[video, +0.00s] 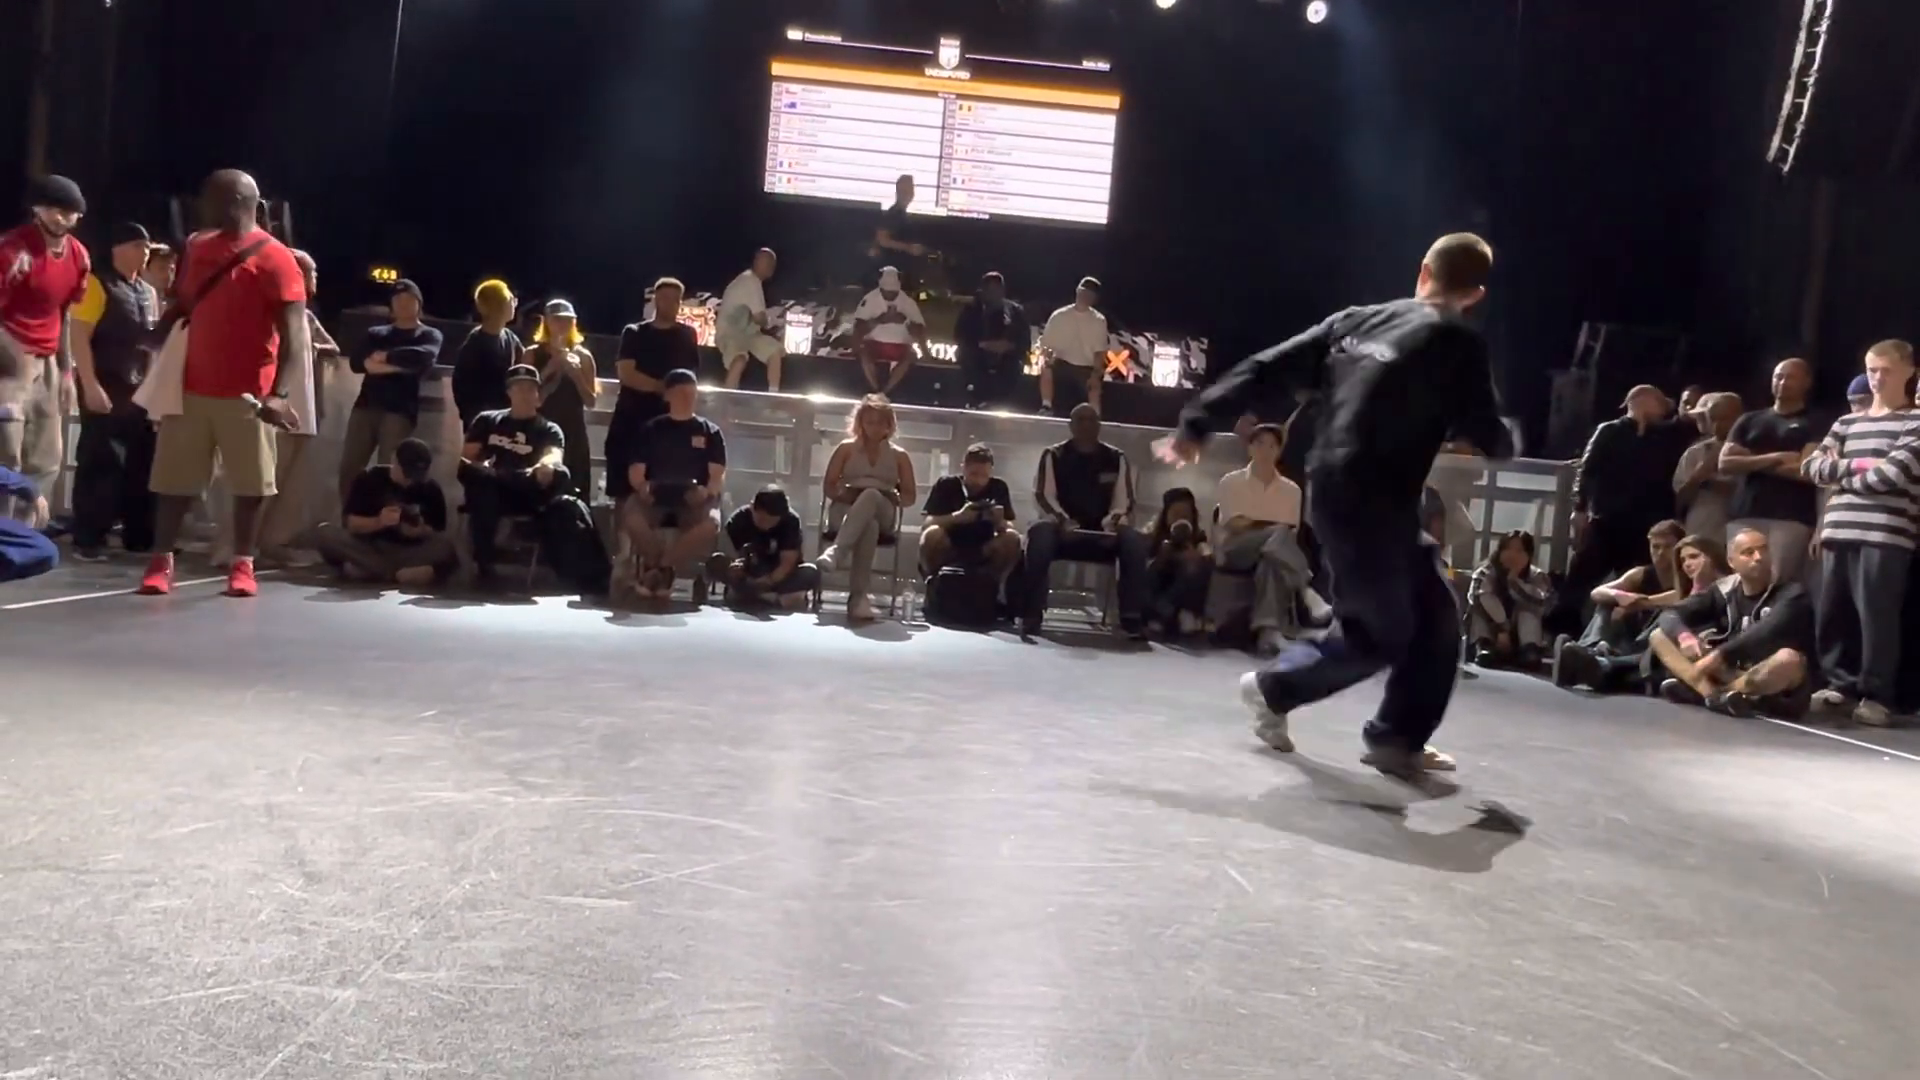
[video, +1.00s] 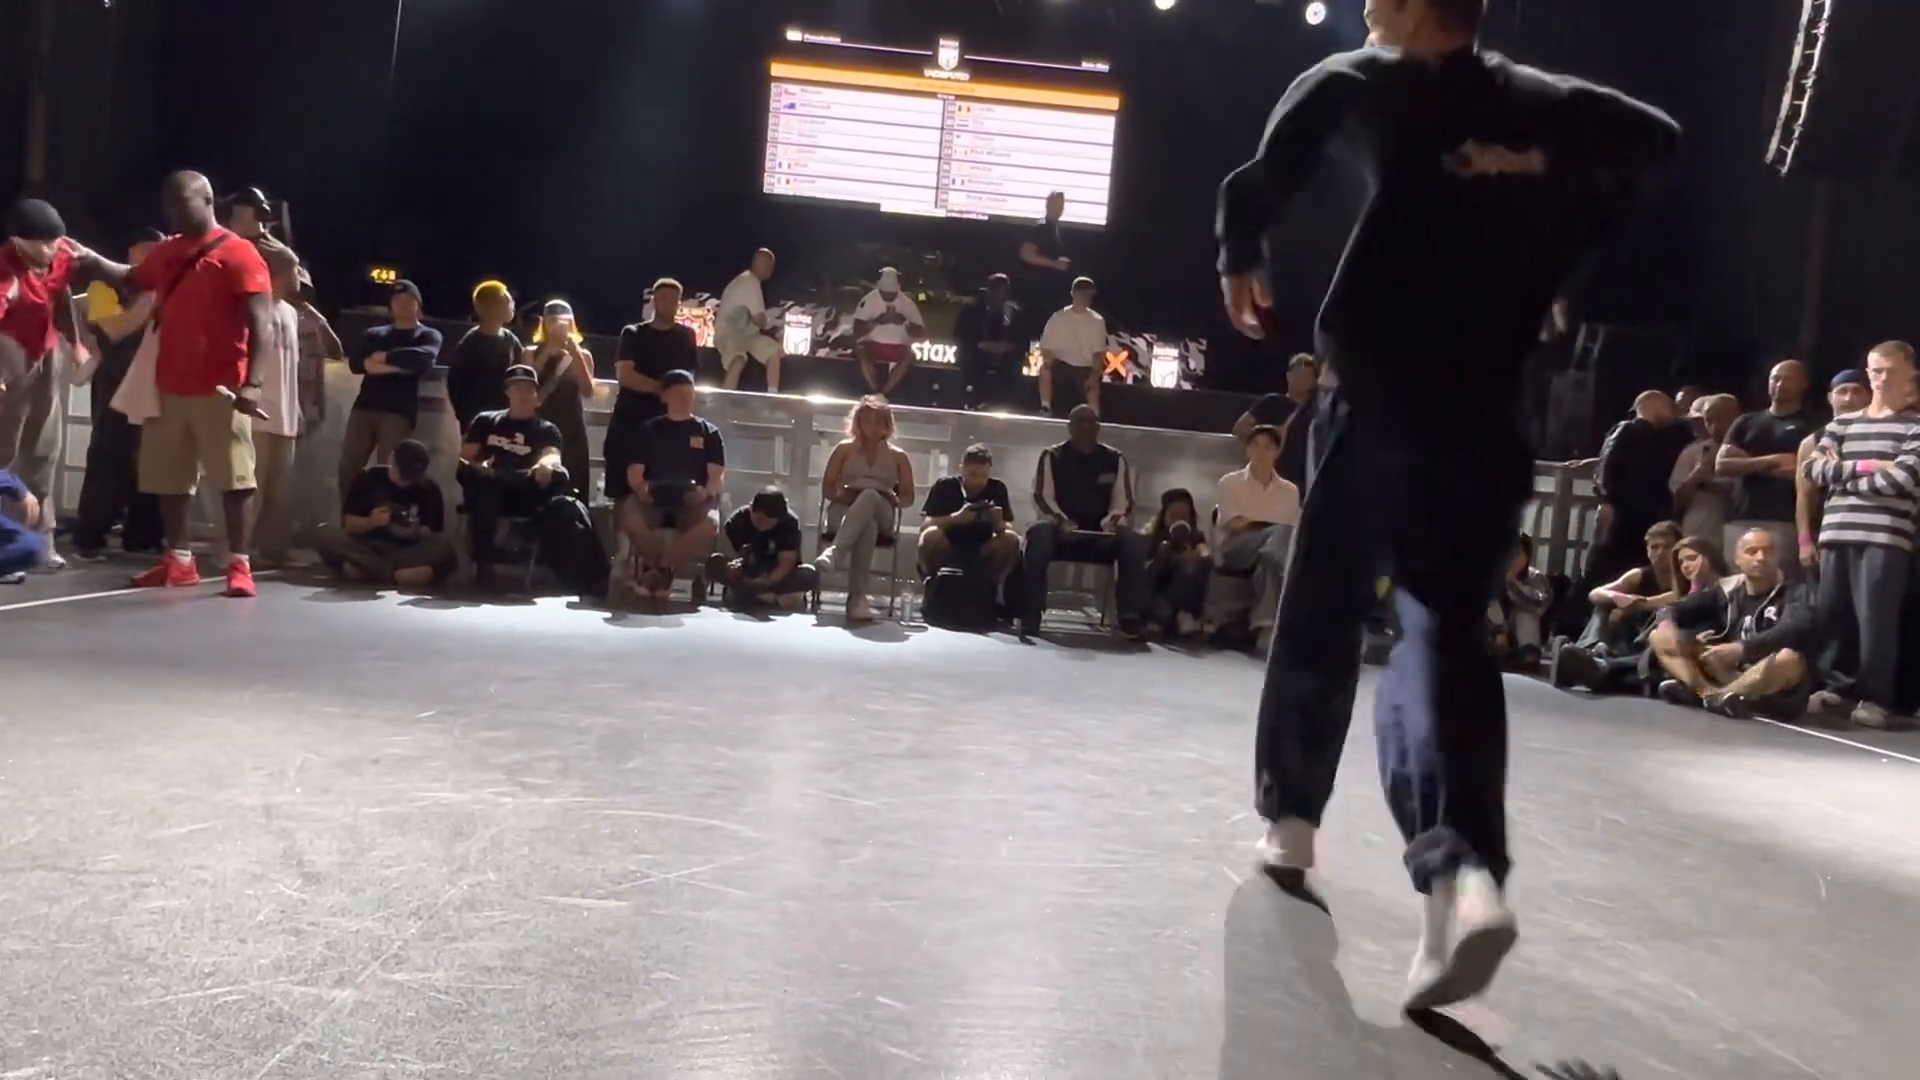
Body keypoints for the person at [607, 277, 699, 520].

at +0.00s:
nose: (670, 304)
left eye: (675, 299)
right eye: (665, 298)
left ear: (680, 303)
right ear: (654, 300)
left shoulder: (687, 334)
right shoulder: (634, 332)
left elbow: (689, 380)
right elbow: (626, 374)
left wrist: (640, 378)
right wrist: (665, 387)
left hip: (669, 423)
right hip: (631, 420)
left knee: (665, 492)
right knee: (624, 493)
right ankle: (621, 553)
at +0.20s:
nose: (670, 304)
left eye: (674, 300)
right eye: (664, 298)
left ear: (679, 303)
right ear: (654, 301)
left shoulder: (686, 335)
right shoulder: (633, 332)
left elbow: (688, 381)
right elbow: (625, 374)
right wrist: (663, 388)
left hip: (668, 422)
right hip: (630, 419)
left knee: (665, 490)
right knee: (622, 491)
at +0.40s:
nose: (670, 304)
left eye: (675, 299)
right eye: (665, 298)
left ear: (680, 303)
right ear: (655, 300)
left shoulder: (687, 335)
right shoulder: (633, 332)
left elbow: (688, 381)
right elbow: (625, 375)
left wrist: (639, 377)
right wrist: (664, 387)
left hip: (669, 422)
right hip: (631, 419)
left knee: (665, 491)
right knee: (624, 492)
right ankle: (621, 546)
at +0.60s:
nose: (668, 304)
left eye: (673, 299)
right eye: (663, 298)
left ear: (681, 303)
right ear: (654, 300)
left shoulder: (686, 335)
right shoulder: (633, 332)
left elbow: (689, 380)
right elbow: (626, 375)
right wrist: (663, 389)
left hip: (668, 423)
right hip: (630, 422)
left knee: (663, 489)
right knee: (623, 490)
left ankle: (655, 559)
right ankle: (619, 554)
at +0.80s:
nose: (670, 305)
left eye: (674, 300)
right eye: (664, 299)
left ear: (679, 304)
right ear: (654, 301)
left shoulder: (686, 335)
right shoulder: (633, 332)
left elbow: (689, 380)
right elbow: (624, 375)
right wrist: (663, 388)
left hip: (668, 422)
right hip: (631, 419)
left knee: (665, 489)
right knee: (622, 491)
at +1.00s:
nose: (668, 304)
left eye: (673, 300)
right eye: (663, 299)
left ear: (678, 303)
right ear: (654, 301)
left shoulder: (686, 335)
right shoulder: (633, 332)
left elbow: (688, 380)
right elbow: (624, 376)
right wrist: (663, 388)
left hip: (667, 422)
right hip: (630, 419)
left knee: (665, 489)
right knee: (622, 490)